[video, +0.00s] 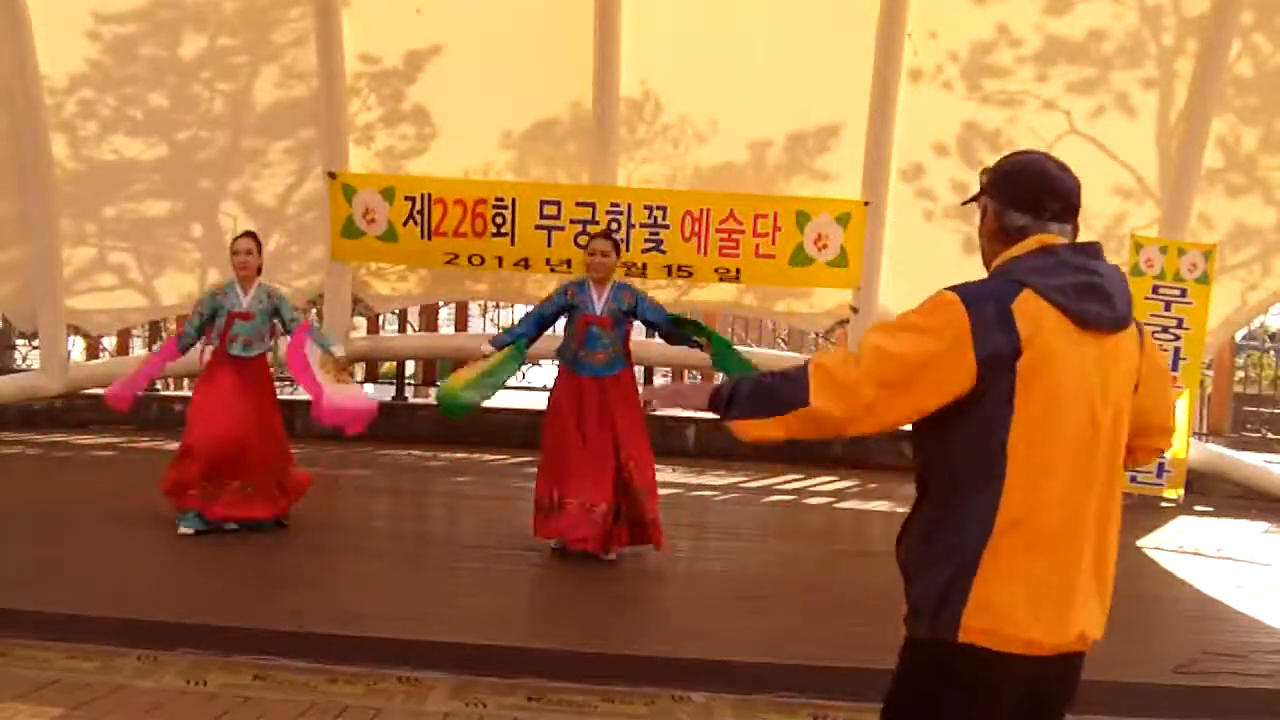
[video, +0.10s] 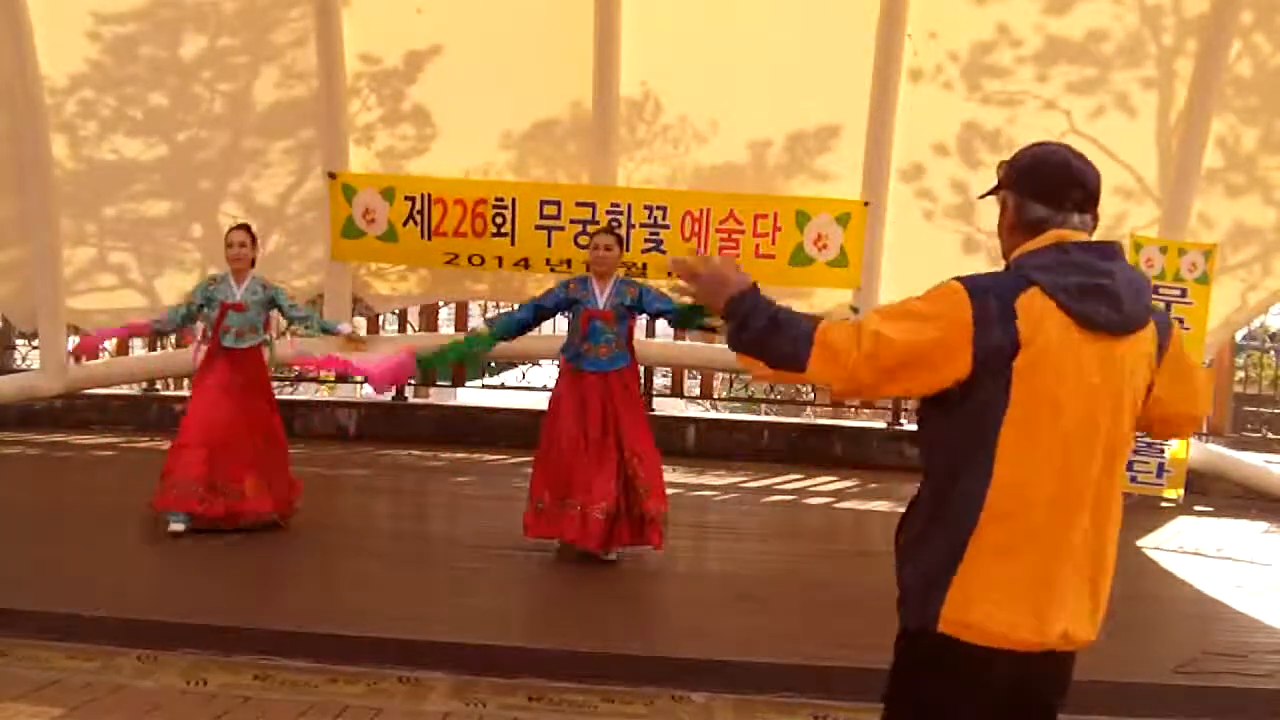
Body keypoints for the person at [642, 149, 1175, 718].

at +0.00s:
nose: (976, 227)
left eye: (979, 212)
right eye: (979, 212)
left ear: (992, 219)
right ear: (1064, 225)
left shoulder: (984, 310)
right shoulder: (1126, 329)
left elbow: (854, 386)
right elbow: (1150, 436)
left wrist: (735, 397)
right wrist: (1074, 431)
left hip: (972, 628)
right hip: (1065, 632)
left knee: (919, 711)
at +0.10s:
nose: (997, 220)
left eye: (1000, 205)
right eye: (999, 205)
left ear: (1014, 210)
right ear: (1087, 221)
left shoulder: (988, 305)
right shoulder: (1144, 325)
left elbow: (848, 354)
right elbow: (1184, 410)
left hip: (965, 618)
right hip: (1063, 624)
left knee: (927, 713)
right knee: (1025, 715)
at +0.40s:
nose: (1010, 224)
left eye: (1014, 211)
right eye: (1014, 212)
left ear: (1030, 218)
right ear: (1111, 232)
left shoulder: (972, 302)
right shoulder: (1155, 347)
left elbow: (839, 278)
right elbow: (1237, 445)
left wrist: (714, 230)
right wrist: (1265, 485)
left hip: (940, 619)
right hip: (1047, 635)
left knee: (898, 714)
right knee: (1015, 715)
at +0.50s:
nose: (1008, 223)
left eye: (1011, 211)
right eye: (1012, 213)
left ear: (1024, 219)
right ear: (1109, 234)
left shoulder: (963, 300)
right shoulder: (1150, 351)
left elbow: (831, 279)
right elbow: (1244, 452)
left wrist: (707, 229)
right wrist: (1268, 480)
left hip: (926, 627)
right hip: (1037, 644)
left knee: (887, 715)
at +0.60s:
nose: (998, 219)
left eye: (1002, 208)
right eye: (1003, 209)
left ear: (1015, 217)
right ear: (1099, 234)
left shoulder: (951, 300)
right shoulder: (1144, 354)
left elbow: (819, 276)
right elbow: (1247, 458)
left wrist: (696, 225)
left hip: (910, 632)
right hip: (1024, 651)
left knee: (872, 713)